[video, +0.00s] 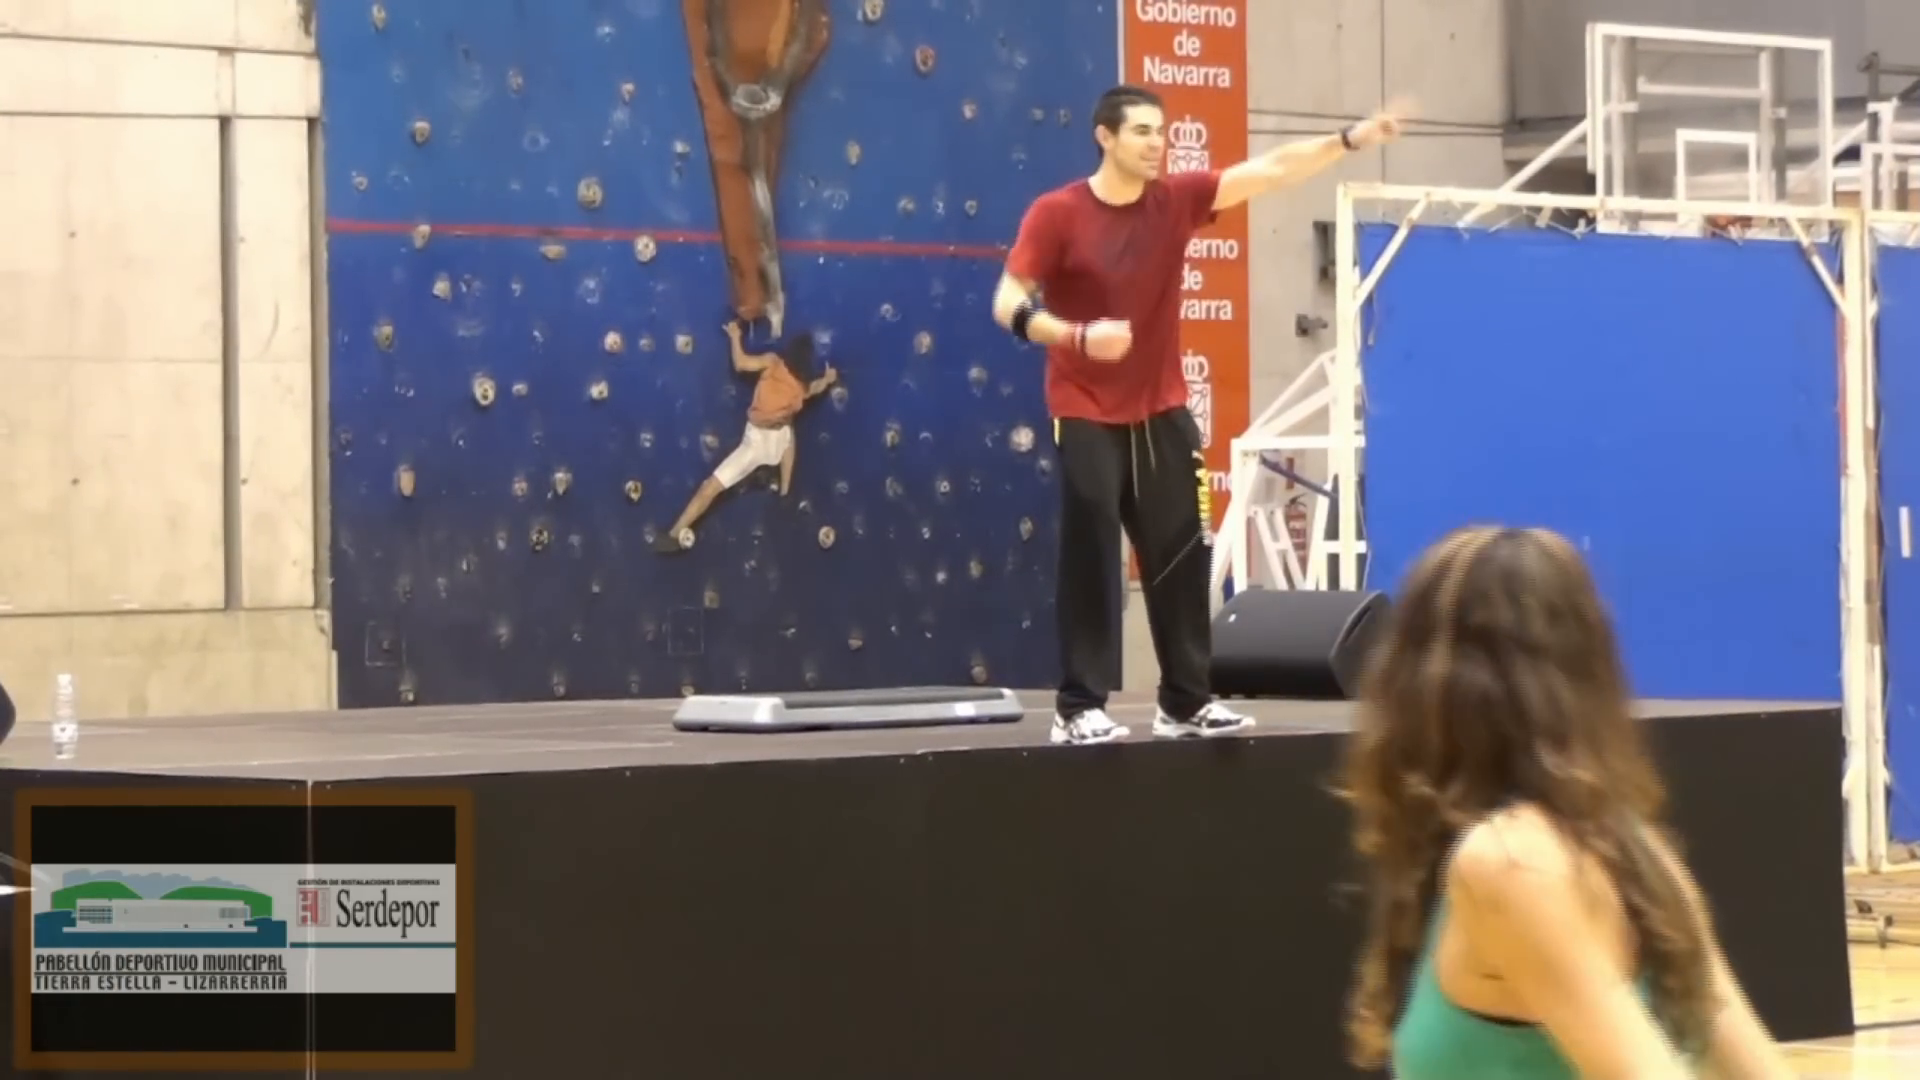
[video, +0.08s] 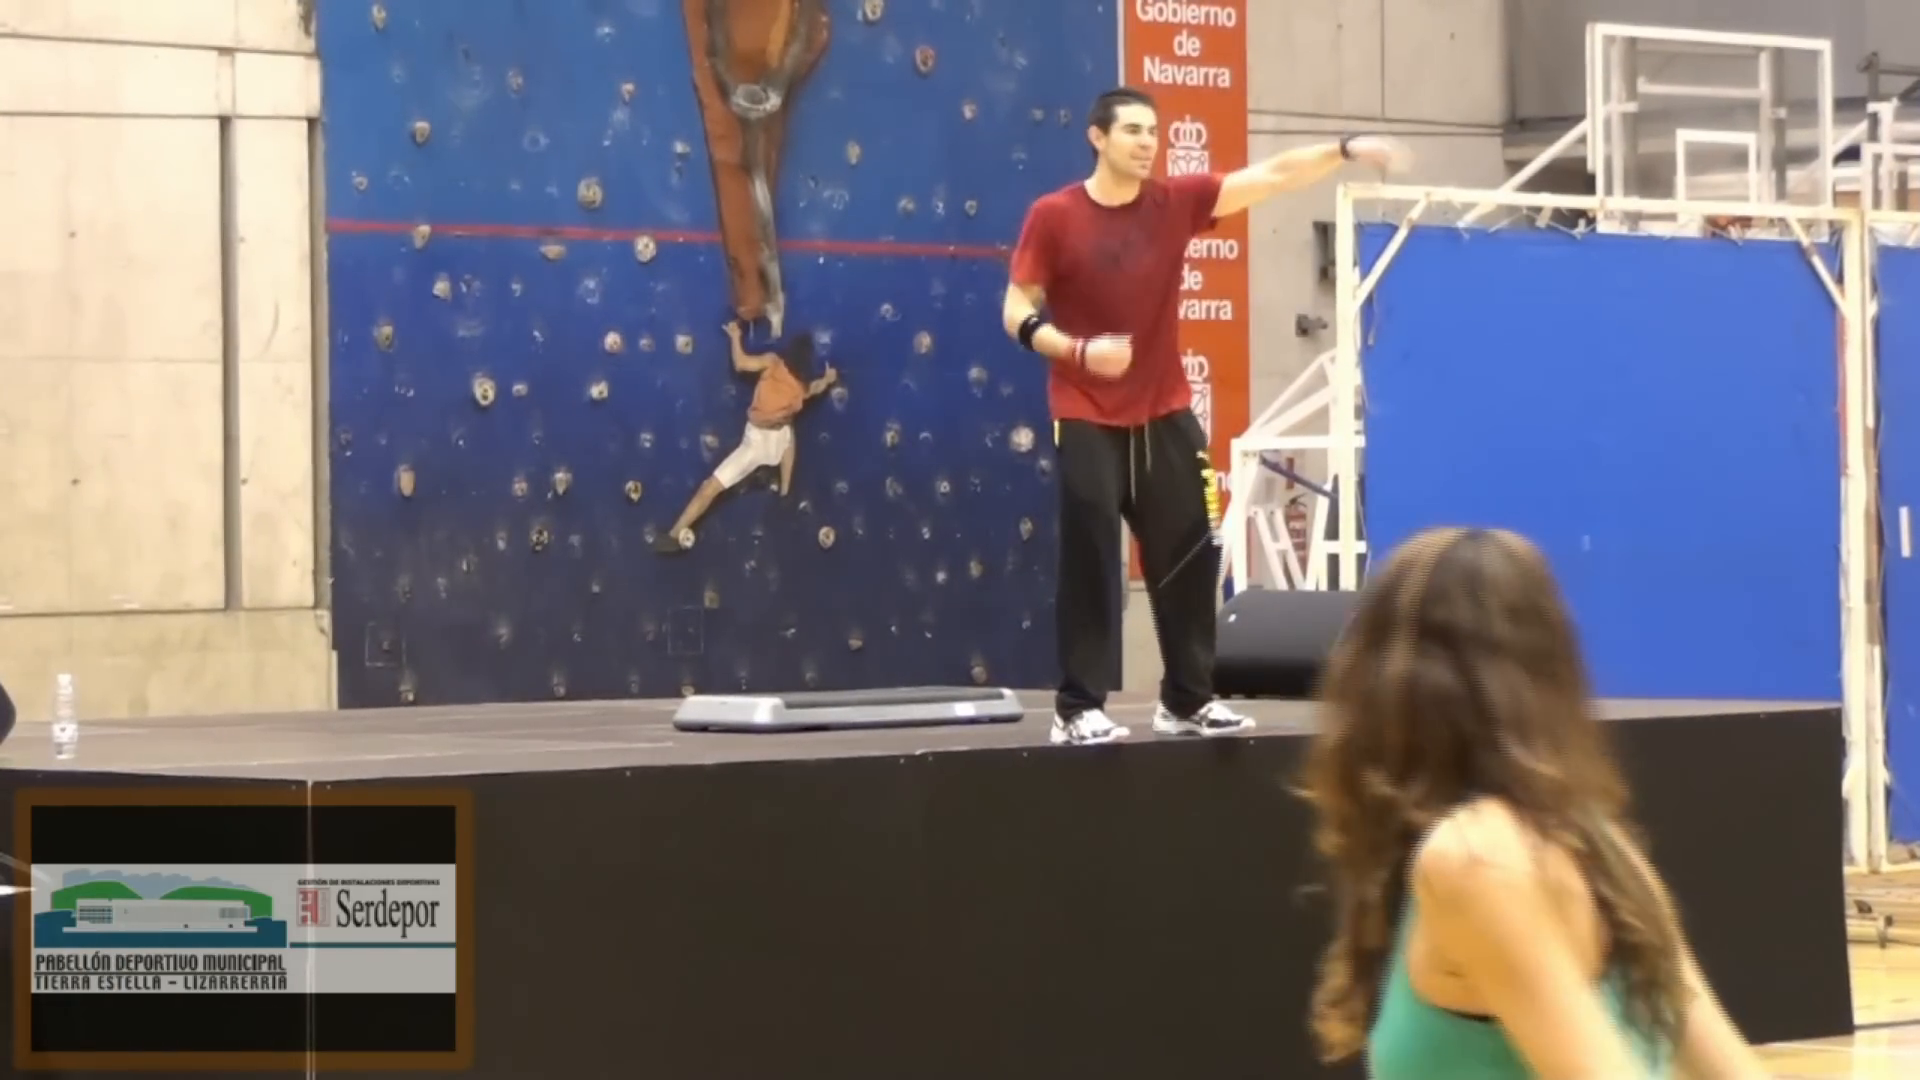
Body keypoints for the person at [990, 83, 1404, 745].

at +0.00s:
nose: (1155, 144)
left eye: (1160, 133)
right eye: (1142, 132)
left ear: (1164, 139)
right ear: (1105, 138)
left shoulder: (1178, 198)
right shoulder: (1056, 213)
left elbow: (1272, 171)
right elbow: (1008, 306)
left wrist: (1351, 139)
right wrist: (1079, 335)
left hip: (1161, 406)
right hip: (1086, 410)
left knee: (1178, 550)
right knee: (1091, 552)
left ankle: (1187, 701)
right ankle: (1081, 706)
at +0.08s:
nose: (1147, 142)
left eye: (1153, 132)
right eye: (1133, 130)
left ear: (1159, 142)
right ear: (1098, 137)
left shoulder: (1177, 200)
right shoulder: (1054, 214)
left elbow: (1273, 176)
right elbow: (1017, 312)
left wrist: (1345, 150)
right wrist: (1078, 350)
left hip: (1164, 409)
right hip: (1086, 414)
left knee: (1186, 550)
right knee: (1090, 556)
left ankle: (1189, 700)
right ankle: (1081, 707)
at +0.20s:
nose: (1148, 136)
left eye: (1154, 126)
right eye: (1134, 125)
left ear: (1161, 137)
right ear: (1101, 134)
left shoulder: (1185, 197)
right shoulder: (1059, 209)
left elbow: (1271, 179)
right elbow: (1018, 301)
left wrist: (1320, 152)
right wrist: (1056, 367)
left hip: (1173, 410)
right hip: (1094, 415)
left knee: (1204, 555)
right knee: (1090, 563)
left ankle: (1190, 686)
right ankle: (1079, 706)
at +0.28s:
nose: (1161, 142)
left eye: (1166, 131)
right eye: (1146, 130)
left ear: (1171, 141)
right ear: (1111, 140)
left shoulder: (1193, 201)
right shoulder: (1069, 215)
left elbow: (1287, 168)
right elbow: (1020, 300)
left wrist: (1336, 118)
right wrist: (1028, 382)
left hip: (1176, 407)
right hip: (1095, 411)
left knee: (1201, 551)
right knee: (1093, 552)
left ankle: (1195, 679)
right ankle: (1079, 704)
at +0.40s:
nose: (1185, 159)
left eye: (1191, 148)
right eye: (1170, 147)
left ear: (1198, 161)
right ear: (1134, 161)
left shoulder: (1209, 221)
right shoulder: (1088, 234)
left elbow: (1288, 161)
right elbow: (1036, 315)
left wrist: (1356, 100)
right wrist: (1008, 390)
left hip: (1190, 423)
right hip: (1111, 424)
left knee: (1196, 561)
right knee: (1107, 539)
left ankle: (1234, 707)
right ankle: (1081, 707)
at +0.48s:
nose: (1196, 152)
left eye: (1203, 142)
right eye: (1182, 141)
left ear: (1210, 155)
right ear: (1148, 154)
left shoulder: (1224, 215)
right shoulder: (1102, 226)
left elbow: (1312, 180)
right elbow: (1063, 313)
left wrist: (1364, 134)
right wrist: (1030, 385)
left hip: (1204, 421)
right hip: (1123, 422)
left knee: (1207, 570)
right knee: (1111, 561)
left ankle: (1219, 706)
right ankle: (1090, 698)